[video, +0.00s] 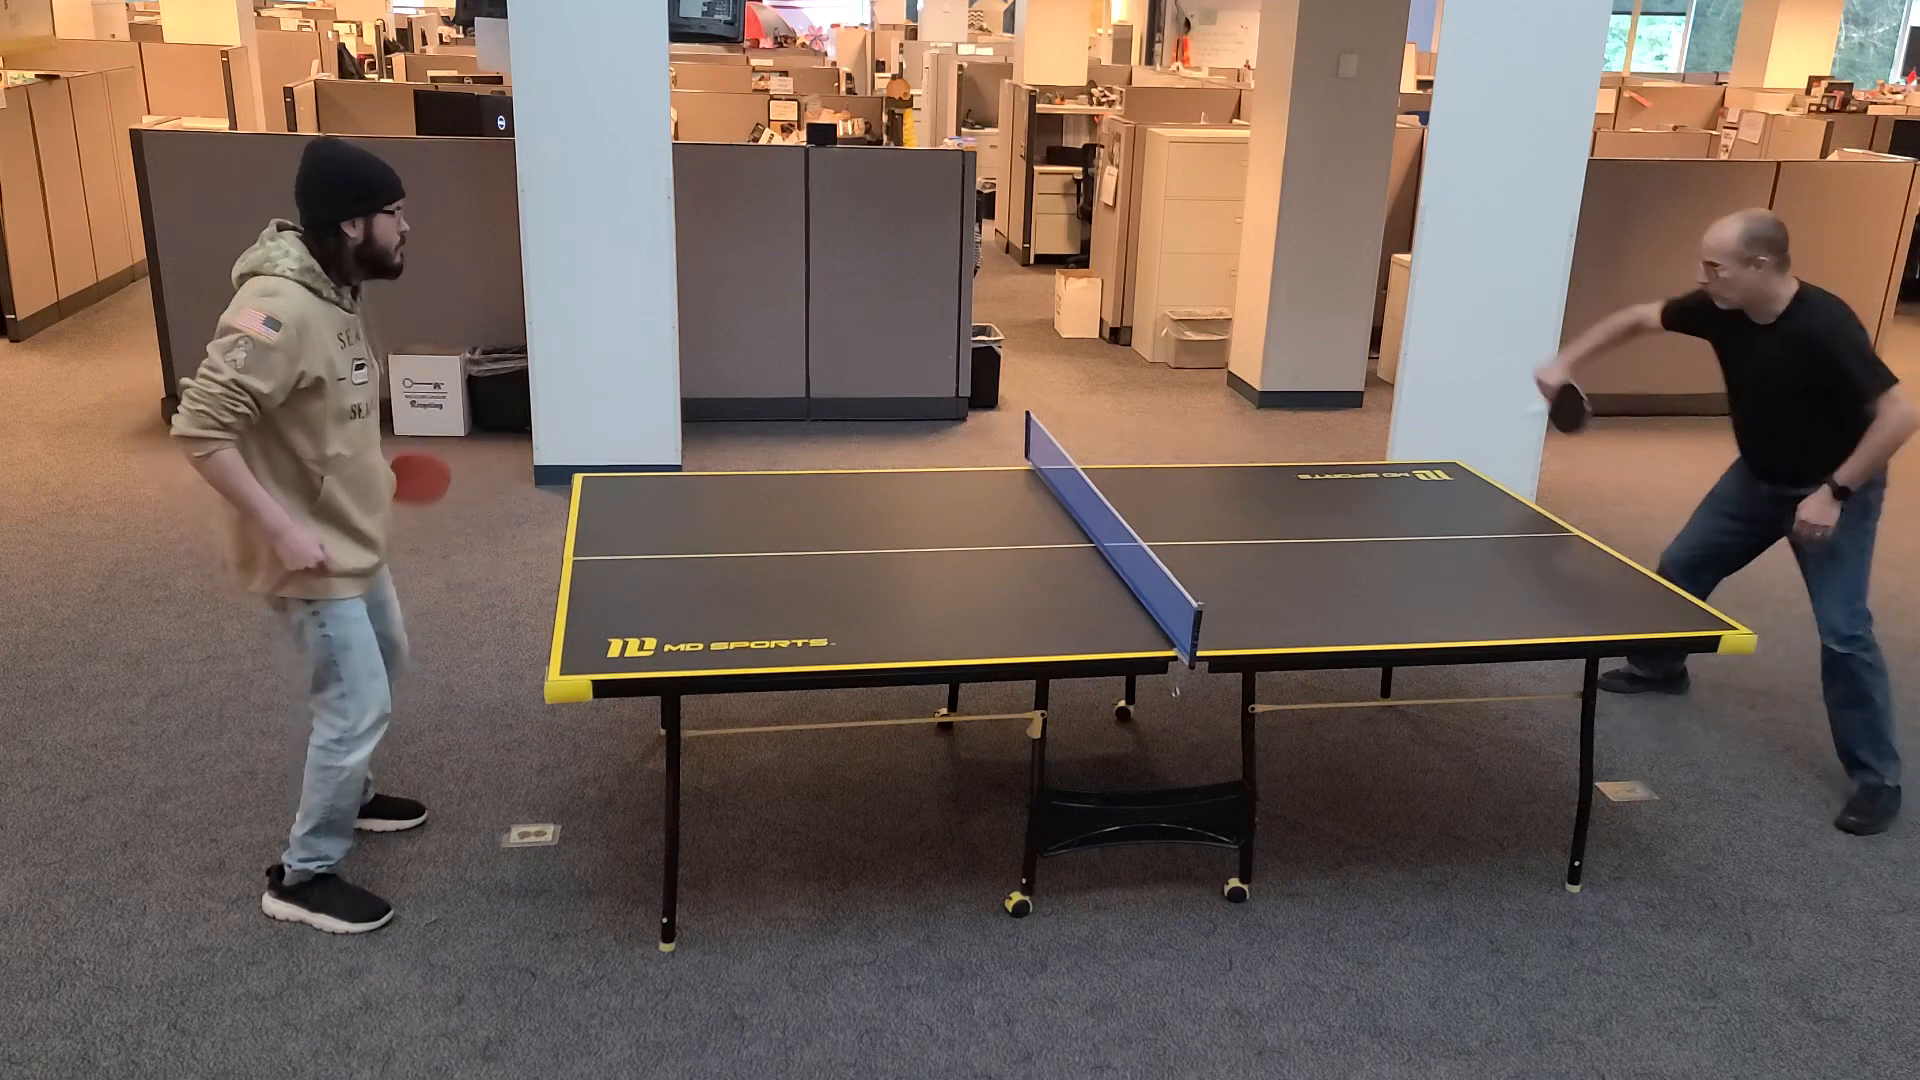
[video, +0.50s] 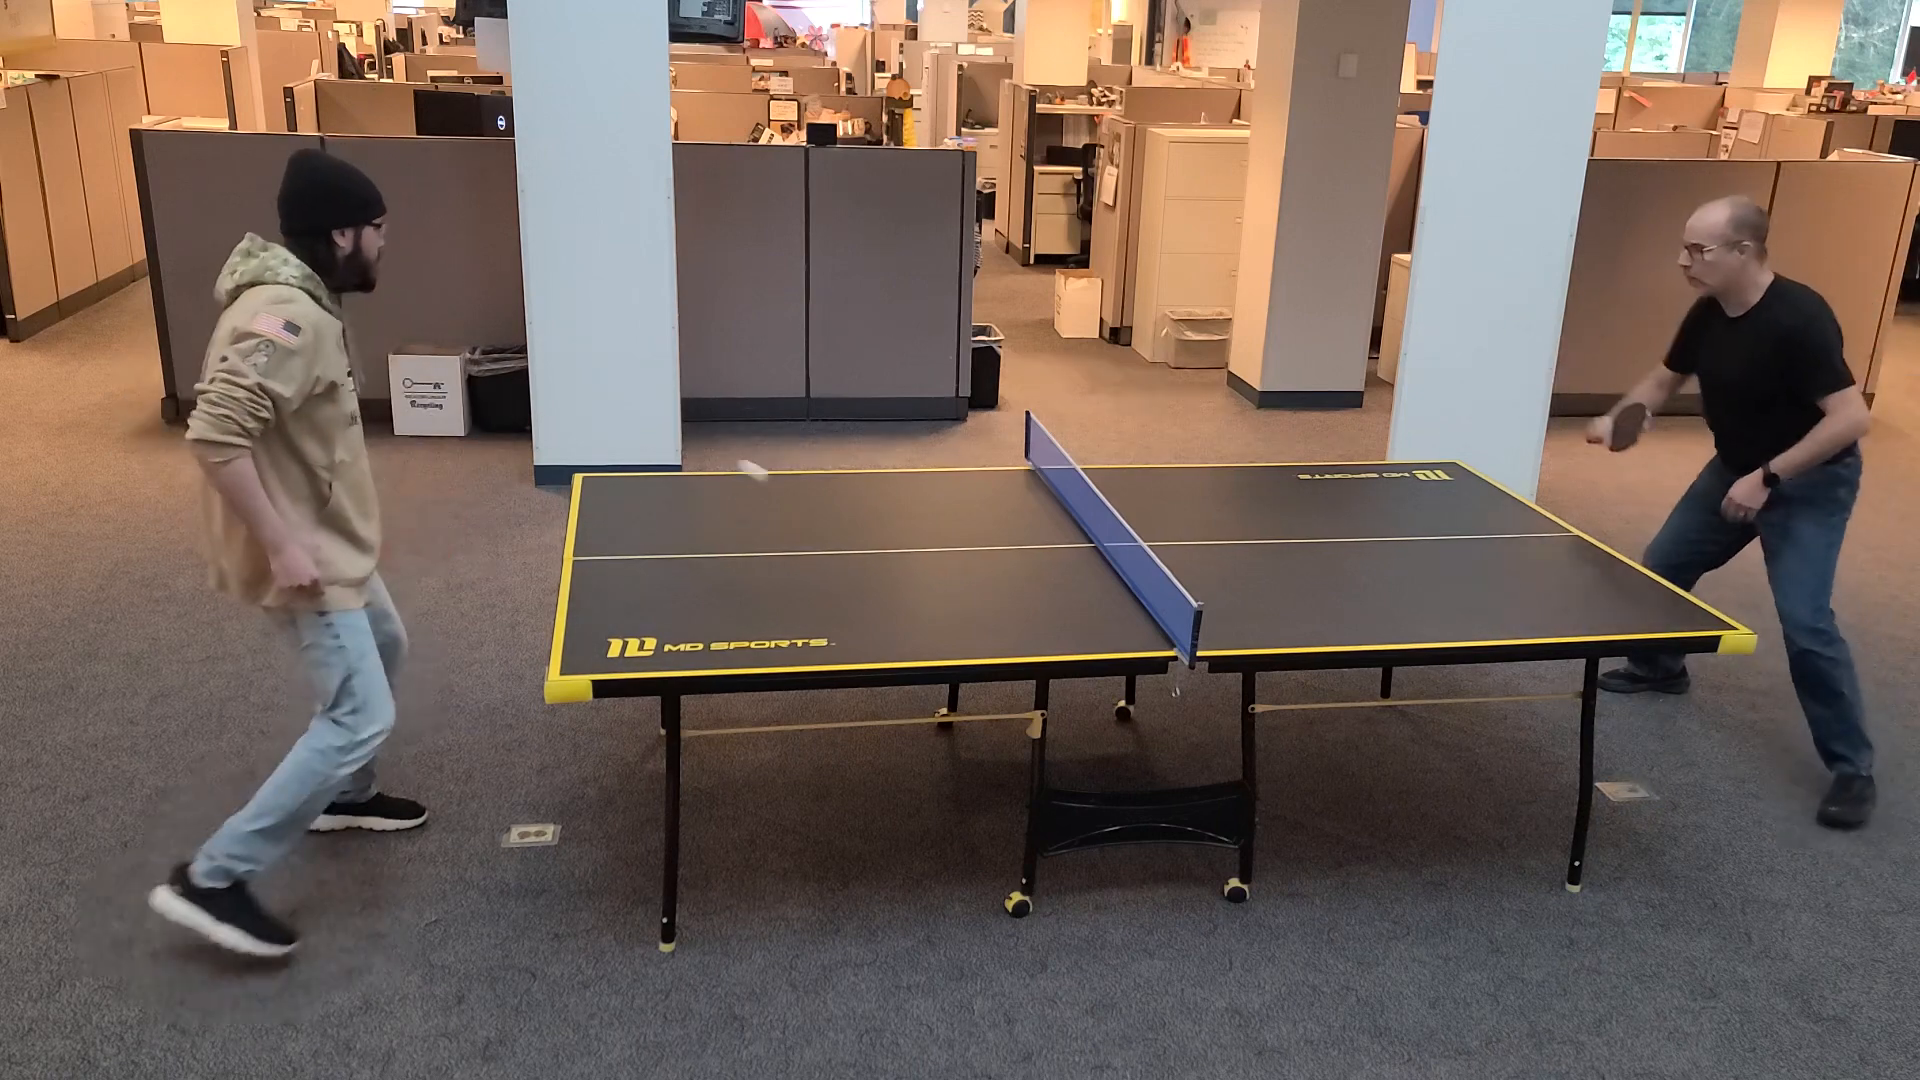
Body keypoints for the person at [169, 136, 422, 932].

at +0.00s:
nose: (406, 226)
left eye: (402, 210)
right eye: (393, 212)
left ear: (349, 222)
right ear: (347, 222)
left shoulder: (332, 284)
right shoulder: (275, 304)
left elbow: (311, 417)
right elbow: (199, 427)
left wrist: (375, 467)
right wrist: (282, 528)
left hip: (353, 537)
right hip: (307, 553)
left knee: (386, 671)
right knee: (354, 708)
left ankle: (344, 800)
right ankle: (302, 873)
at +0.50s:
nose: (384, 240)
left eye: (380, 225)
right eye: (374, 226)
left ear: (321, 232)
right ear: (336, 235)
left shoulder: (299, 297)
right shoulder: (280, 314)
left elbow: (249, 427)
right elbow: (217, 436)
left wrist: (324, 524)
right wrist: (283, 545)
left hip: (331, 540)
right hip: (301, 558)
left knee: (384, 643)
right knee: (359, 719)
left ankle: (345, 792)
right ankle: (212, 877)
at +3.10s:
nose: (730, 659)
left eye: (741, 647)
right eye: (735, 643)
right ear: (698, 621)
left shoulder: (645, 563)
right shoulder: (568, 645)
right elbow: (561, 841)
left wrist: (595, 732)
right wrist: (624, 970)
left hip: (499, 711)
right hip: (407, 727)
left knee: (625, 829)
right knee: (507, 919)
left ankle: (572, 1023)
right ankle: (476, 1068)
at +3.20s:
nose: (738, 723)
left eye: (750, 714)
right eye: (744, 710)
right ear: (713, 685)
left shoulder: (664, 606)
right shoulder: (590, 713)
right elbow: (605, 904)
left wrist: (652, 750)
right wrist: (664, 1024)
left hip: (486, 730)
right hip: (401, 757)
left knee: (639, 834)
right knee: (535, 941)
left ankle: (573, 1025)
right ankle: (481, 1072)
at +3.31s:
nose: (743, 763)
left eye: (752, 754)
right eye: (751, 752)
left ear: (724, 656)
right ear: (727, 736)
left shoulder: (650, 620)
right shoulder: (605, 771)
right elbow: (625, 941)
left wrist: (662, 795)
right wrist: (681, 1066)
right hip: (395, 783)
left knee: (608, 864)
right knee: (551, 954)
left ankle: (575, 1032)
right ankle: (485, 1076)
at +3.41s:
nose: (745, 772)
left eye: (757, 762)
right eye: (754, 760)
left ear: (722, 667)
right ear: (730, 746)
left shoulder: (652, 630)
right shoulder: (617, 793)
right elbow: (630, 958)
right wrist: (665, 1074)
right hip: (395, 795)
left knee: (614, 880)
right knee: (564, 957)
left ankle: (579, 1034)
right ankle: (490, 1073)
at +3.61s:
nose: (752, 674)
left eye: (765, 661)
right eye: (763, 660)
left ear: (720, 581)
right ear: (741, 652)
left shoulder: (652, 569)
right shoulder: (621, 699)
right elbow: (610, 876)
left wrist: (646, 738)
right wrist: (648, 982)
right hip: (412, 757)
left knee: (599, 838)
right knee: (553, 948)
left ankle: (576, 1023)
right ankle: (488, 1069)